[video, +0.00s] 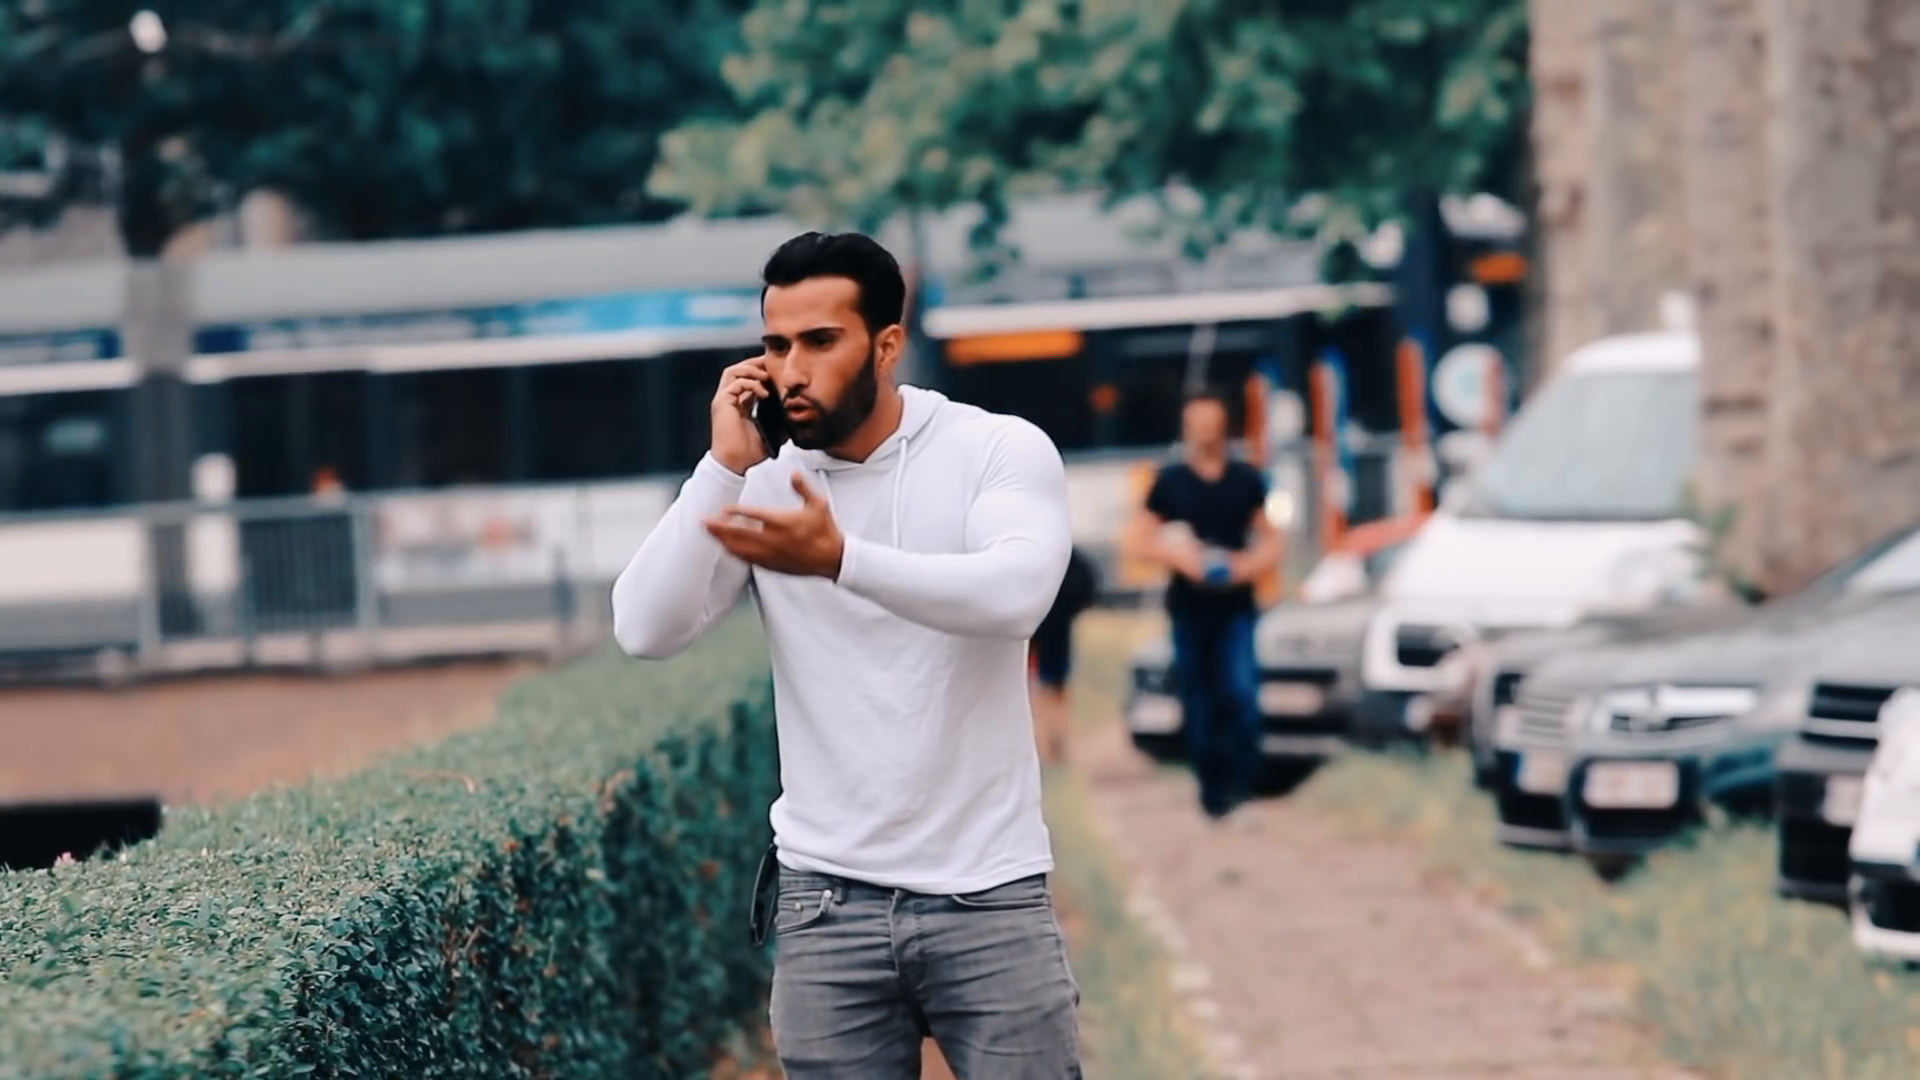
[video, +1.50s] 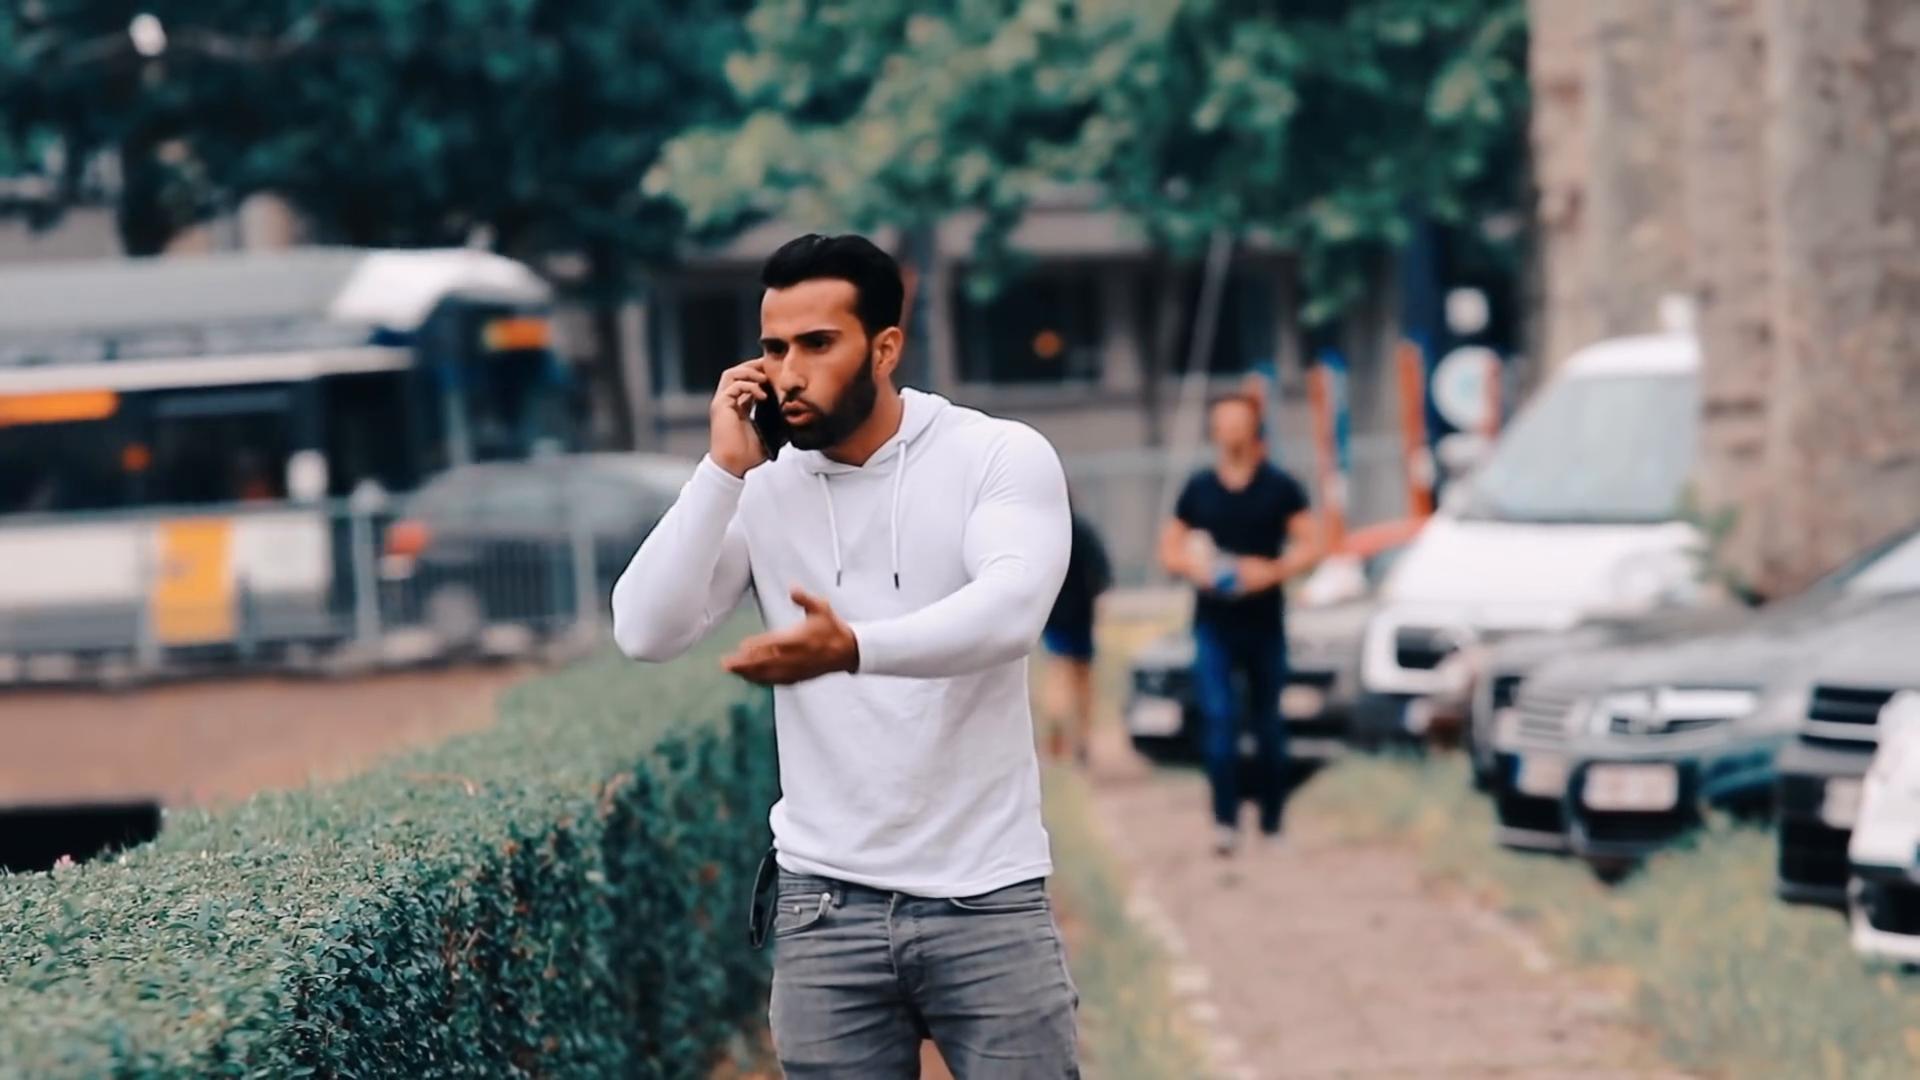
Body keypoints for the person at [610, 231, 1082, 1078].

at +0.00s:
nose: (789, 371)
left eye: (818, 342)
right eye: (776, 346)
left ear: (887, 343)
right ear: (762, 350)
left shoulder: (1003, 450)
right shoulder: (762, 481)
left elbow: (1015, 598)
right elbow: (644, 627)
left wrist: (838, 560)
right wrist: (722, 467)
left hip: (992, 895)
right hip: (823, 901)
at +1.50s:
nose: (786, 373)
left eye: (815, 344)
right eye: (774, 348)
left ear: (885, 347)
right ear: (759, 355)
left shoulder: (1004, 458)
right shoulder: (758, 491)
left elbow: (1009, 617)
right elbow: (643, 631)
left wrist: (854, 648)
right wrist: (723, 469)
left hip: (990, 900)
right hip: (821, 906)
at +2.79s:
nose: (786, 369)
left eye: (816, 339)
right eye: (774, 345)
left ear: (885, 343)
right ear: (760, 353)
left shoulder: (1003, 457)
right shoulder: (758, 489)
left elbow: (1008, 616)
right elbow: (643, 628)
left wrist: (852, 640)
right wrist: (723, 465)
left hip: (988, 900)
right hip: (819, 906)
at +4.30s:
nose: (787, 370)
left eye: (816, 340)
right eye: (774, 344)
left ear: (884, 343)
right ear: (759, 351)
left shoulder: (1000, 455)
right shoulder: (761, 485)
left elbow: (1002, 602)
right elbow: (640, 626)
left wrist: (823, 554)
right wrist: (720, 468)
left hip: (984, 898)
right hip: (815, 904)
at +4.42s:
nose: (780, 373)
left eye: (809, 345)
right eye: (768, 347)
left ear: (877, 348)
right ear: (752, 351)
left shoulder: (988, 451)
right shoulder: (750, 488)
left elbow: (1003, 583)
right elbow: (628, 626)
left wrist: (820, 571)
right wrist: (713, 466)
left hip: (975, 899)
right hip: (807, 906)